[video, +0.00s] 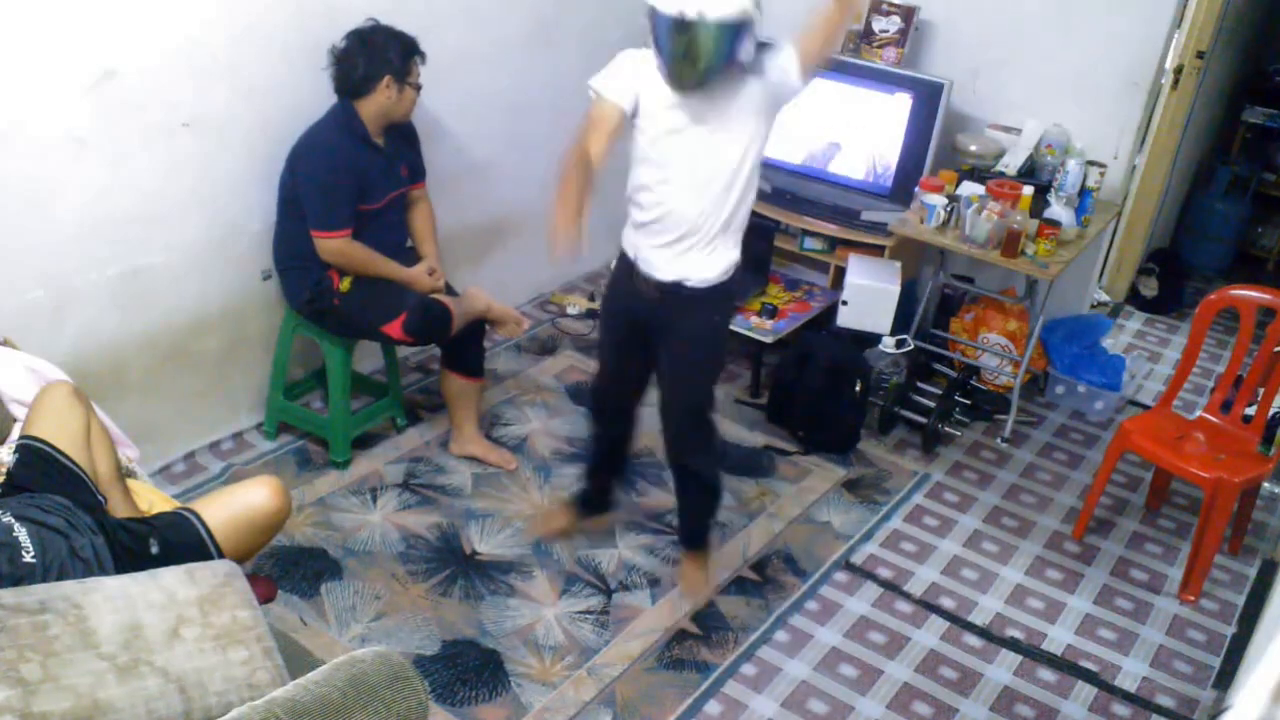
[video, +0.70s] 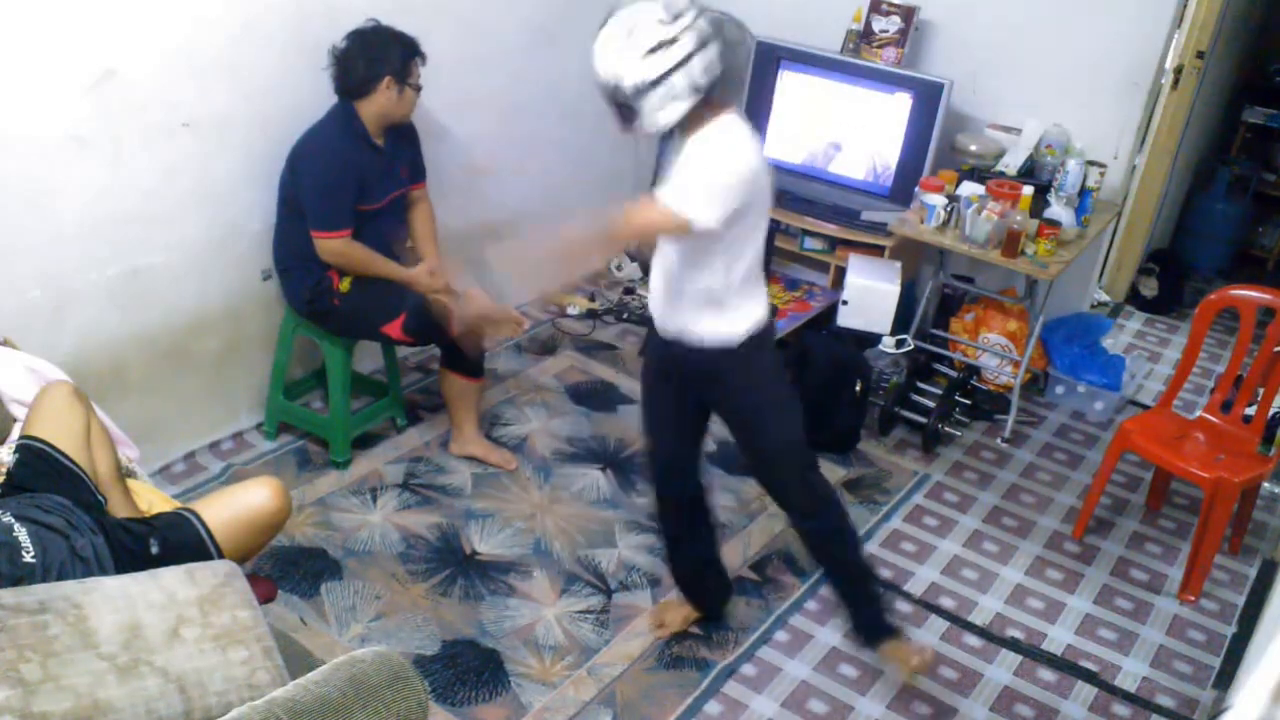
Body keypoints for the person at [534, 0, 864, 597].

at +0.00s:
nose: (693, 61)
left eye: (712, 46)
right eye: (681, 43)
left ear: (740, 38)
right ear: (663, 30)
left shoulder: (764, 81)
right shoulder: (637, 71)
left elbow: (835, 22)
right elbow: (588, 148)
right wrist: (570, 212)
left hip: (703, 291)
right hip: (635, 275)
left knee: (686, 422)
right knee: (611, 399)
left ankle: (694, 546)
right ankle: (592, 500)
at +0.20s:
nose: (627, 86)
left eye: (638, 68)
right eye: (617, 73)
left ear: (679, 61)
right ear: (614, 74)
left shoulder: (730, 114)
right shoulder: (638, 143)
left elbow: (718, 22)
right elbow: (610, 232)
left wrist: (695, 9)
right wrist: (555, 308)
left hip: (693, 336)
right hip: (624, 316)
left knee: (656, 444)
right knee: (568, 440)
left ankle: (643, 497)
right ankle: (556, 551)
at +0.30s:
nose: (611, 80)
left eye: (615, 64)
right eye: (604, 69)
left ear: (651, 47)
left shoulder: (720, 90)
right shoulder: (646, 138)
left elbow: (679, 4)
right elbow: (635, 229)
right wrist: (570, 288)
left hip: (716, 320)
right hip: (648, 306)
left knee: (673, 432)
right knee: (606, 431)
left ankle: (650, 498)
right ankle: (565, 548)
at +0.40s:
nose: (630, 86)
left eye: (628, 73)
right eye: (624, 77)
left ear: (646, 51)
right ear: (633, 65)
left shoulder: (704, 77)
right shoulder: (656, 111)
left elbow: (642, 3)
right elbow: (687, 187)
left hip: (741, 299)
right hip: (676, 287)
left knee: (725, 430)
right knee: (628, 421)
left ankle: (724, 518)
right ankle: (641, 547)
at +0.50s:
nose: (624, 69)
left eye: (630, 57)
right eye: (618, 60)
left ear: (664, 53)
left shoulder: (712, 100)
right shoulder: (672, 110)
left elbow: (617, 50)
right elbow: (755, 181)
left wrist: (587, 15)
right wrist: (667, 180)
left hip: (741, 314)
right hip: (679, 305)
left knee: (760, 441)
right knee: (650, 448)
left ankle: (791, 535)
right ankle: (692, 571)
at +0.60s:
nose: (616, 123)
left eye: (617, 108)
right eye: (609, 112)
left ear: (640, 95)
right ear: (675, 74)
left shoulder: (725, 154)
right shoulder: (669, 150)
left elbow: (608, 170)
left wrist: (528, 141)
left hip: (738, 360)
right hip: (676, 351)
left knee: (791, 480)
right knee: (655, 488)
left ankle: (886, 599)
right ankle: (707, 598)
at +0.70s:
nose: (635, 112)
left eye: (637, 97)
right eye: (629, 99)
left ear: (671, 84)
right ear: (689, 72)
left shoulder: (731, 152)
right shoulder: (682, 138)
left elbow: (631, 228)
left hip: (738, 353)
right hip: (672, 347)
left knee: (798, 487)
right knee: (673, 480)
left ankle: (877, 628)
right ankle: (703, 595)